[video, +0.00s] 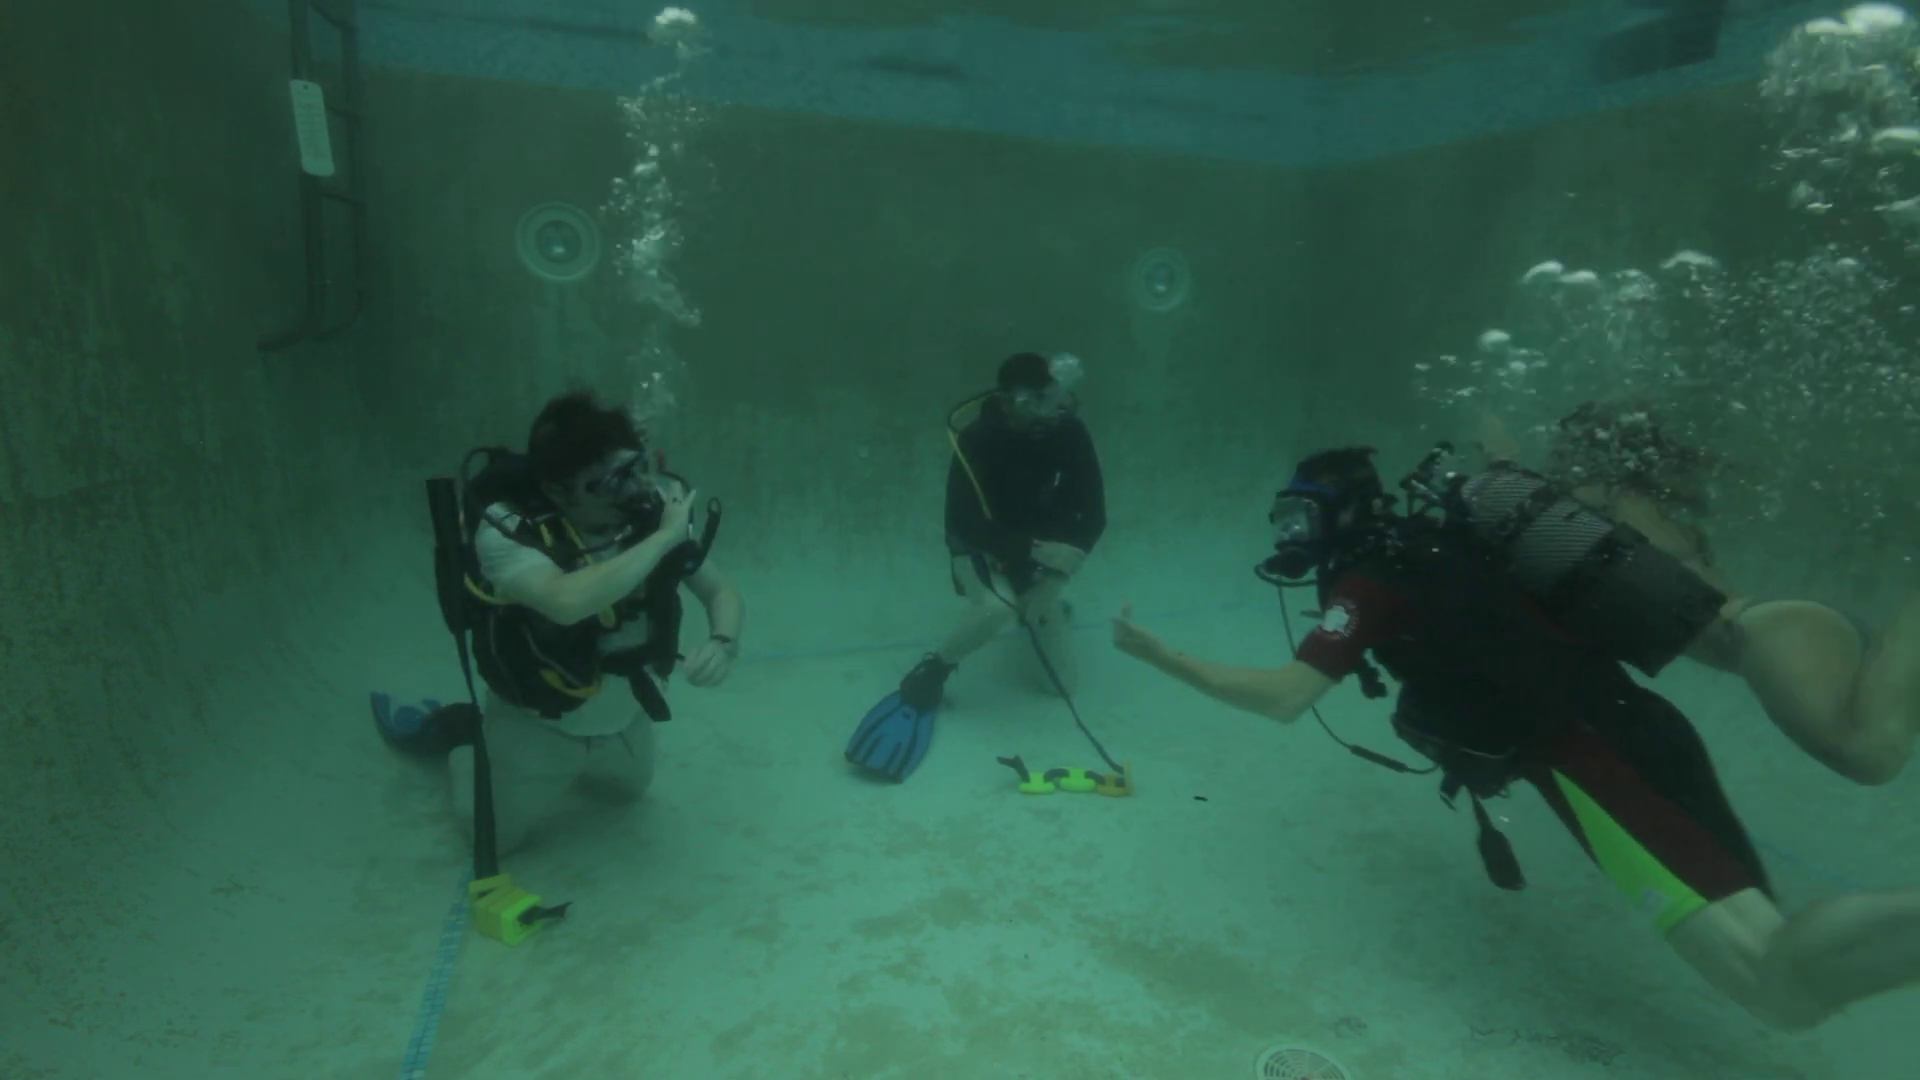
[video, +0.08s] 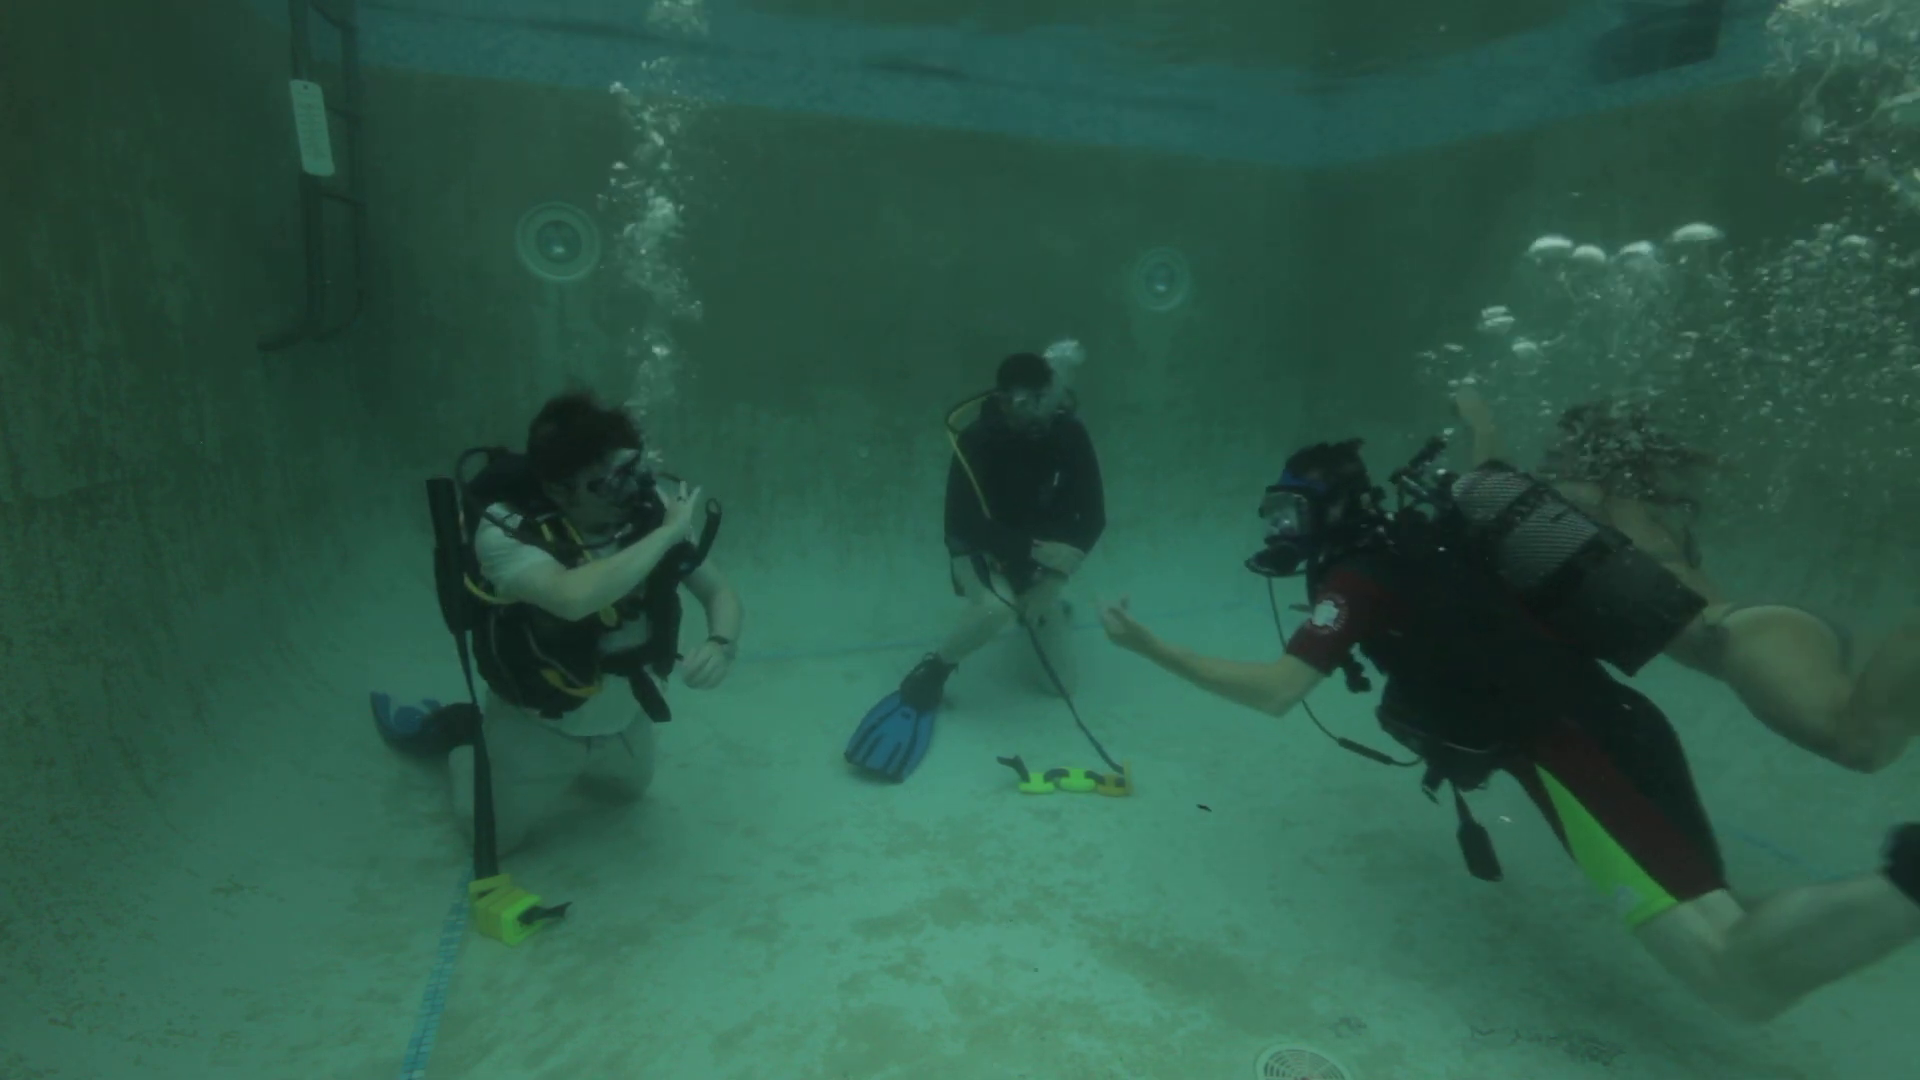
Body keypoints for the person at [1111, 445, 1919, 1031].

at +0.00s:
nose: (1288, 546)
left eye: (1300, 527)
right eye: (1286, 527)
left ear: (1346, 515)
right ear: (1361, 508)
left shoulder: (1377, 580)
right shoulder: (1429, 547)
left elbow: (1280, 695)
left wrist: (1165, 656)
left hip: (1596, 753)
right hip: (1629, 723)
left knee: (1777, 982)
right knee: (1778, 948)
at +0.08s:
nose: (1276, 540)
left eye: (1288, 522)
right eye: (1275, 522)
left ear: (1334, 510)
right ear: (1351, 502)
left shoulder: (1365, 576)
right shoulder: (1417, 532)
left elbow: (1273, 689)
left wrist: (1157, 648)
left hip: (1578, 752)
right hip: (1605, 723)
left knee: (1736, 976)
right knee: (1734, 943)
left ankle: (1906, 881)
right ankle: (1902, 880)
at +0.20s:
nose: (1261, 526)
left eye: (1272, 509)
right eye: (1262, 509)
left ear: (1315, 502)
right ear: (1337, 494)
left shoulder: (1342, 569)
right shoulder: (1397, 530)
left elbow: (1258, 682)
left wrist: (1146, 633)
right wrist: (1456, 447)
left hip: (1549, 750)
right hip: (1578, 718)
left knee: (1669, 969)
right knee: (1649, 925)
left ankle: (1865, 874)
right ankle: (1812, 865)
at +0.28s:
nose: (1250, 521)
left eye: (1261, 503)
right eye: (1251, 504)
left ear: (1300, 497)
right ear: (1325, 487)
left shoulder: (1329, 563)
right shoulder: (1381, 530)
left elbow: (1257, 676)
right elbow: (1474, 499)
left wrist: (1156, 625)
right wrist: (1443, 429)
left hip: (1530, 745)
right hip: (1552, 714)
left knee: (1634, 967)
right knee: (1606, 914)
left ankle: (1826, 870)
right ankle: (1760, 859)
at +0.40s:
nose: (1240, 523)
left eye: (1252, 506)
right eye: (1239, 506)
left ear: (1289, 498)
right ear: (1309, 486)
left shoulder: (1323, 563)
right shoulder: (1366, 522)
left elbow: (1240, 666)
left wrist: (1160, 599)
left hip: (1510, 737)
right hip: (1522, 703)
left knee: (1590, 960)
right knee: (1523, 889)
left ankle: (1774, 862)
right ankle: (1675, 854)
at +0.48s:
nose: (1229, 518)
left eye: (1242, 503)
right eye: (1230, 503)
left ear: (1280, 495)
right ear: (1293, 485)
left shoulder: (1314, 560)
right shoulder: (1350, 517)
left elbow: (1225, 661)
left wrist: (1162, 575)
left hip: (1500, 732)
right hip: (1496, 706)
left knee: (1560, 950)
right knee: (1505, 877)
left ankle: (1736, 866)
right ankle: (1649, 847)